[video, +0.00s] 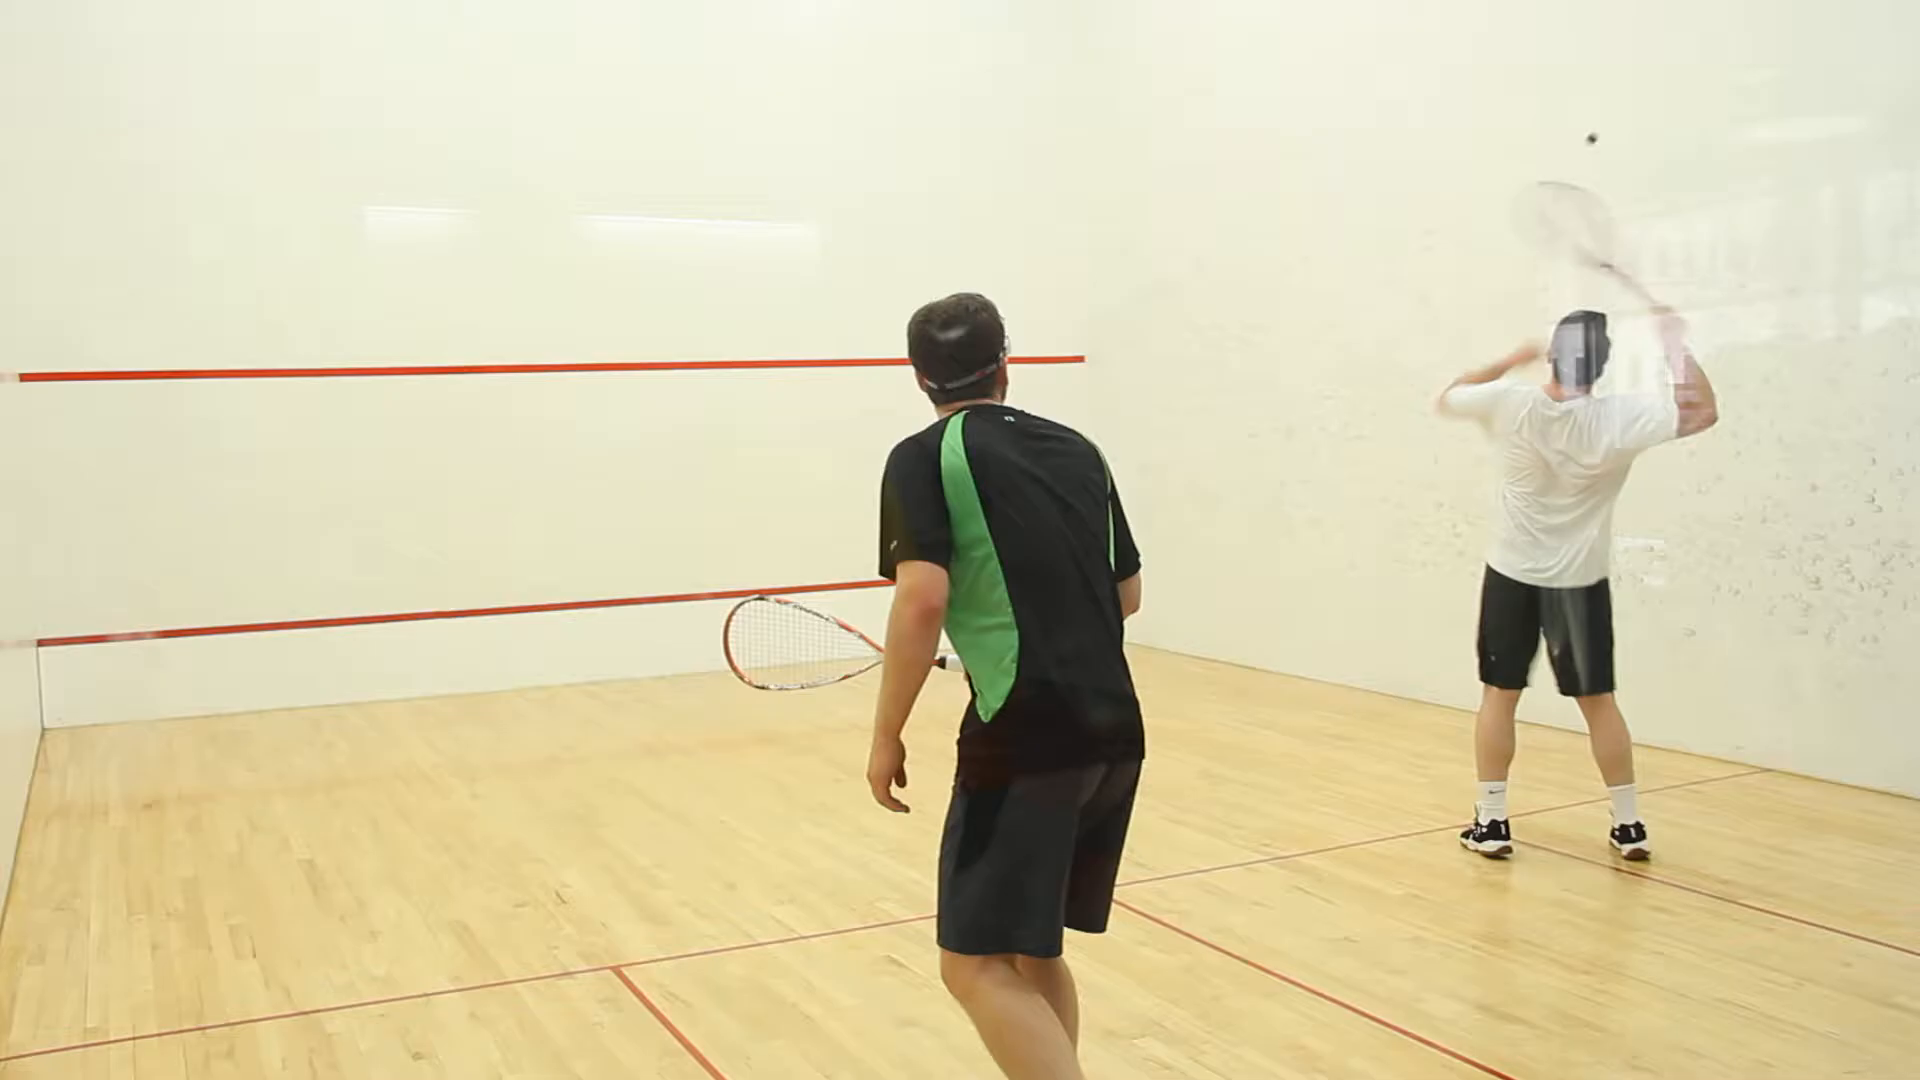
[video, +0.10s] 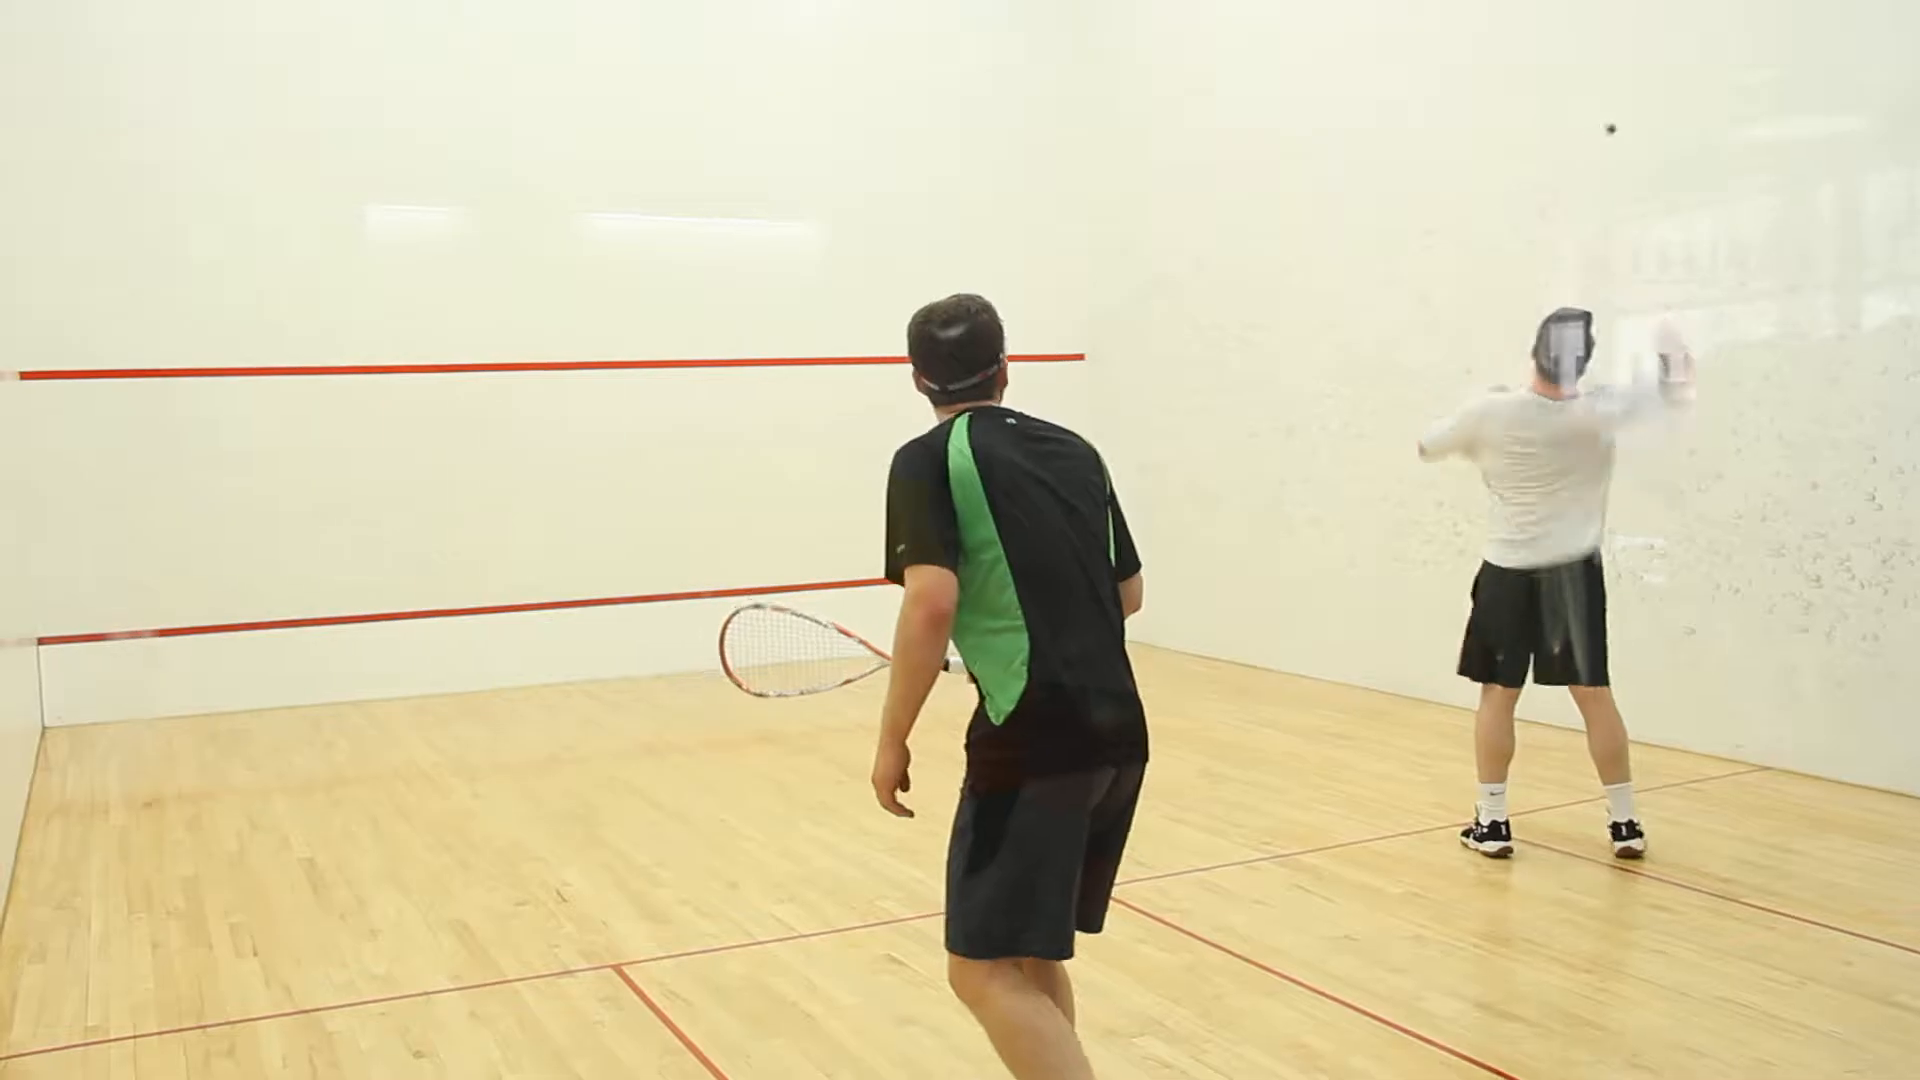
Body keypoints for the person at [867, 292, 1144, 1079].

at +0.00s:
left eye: (919, 371)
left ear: (919, 380)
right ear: (1004, 367)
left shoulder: (922, 458)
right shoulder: (1079, 450)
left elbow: (924, 598)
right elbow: (1124, 596)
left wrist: (888, 733)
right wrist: (1045, 651)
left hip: (1023, 738)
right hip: (1111, 731)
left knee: (973, 963)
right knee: (1037, 950)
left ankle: (1061, 1071)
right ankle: (1058, 1076)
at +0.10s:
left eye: (917, 370)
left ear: (918, 381)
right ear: (1004, 369)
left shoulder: (927, 460)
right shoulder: (1075, 450)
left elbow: (933, 600)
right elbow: (1126, 593)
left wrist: (894, 734)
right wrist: (1038, 626)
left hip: (1033, 741)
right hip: (1115, 735)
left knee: (983, 971)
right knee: (1039, 959)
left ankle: (1071, 1071)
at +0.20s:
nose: (917, 381)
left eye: (916, 371)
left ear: (918, 382)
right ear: (1003, 371)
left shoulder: (934, 462)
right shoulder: (1071, 450)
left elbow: (947, 606)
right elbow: (1127, 591)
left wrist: (904, 742)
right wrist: (1031, 644)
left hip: (1046, 747)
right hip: (1122, 740)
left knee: (1004, 978)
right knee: (1030, 958)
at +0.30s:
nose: (920, 379)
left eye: (919, 369)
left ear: (921, 381)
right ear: (1005, 372)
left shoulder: (944, 461)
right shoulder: (1067, 449)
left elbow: (969, 606)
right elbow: (1128, 585)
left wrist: (921, 749)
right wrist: (1016, 654)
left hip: (1074, 752)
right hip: (1120, 738)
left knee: (1048, 974)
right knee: (1005, 917)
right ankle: (1050, 1071)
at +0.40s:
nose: (923, 373)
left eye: (923, 363)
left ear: (929, 376)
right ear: (1013, 371)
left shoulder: (967, 459)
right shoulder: (1069, 446)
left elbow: (998, 607)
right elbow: (1128, 580)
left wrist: (943, 756)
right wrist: (1024, 665)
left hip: (1099, 762)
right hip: (1116, 749)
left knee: (1106, 996)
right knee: (1021, 930)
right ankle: (1052, 1077)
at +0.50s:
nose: (940, 372)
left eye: (941, 359)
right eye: (947, 358)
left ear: (952, 374)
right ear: (1033, 369)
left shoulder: (1010, 464)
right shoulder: (1073, 446)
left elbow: (1049, 625)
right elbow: (1096, 606)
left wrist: (973, 770)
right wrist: (1013, 687)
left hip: (1144, 778)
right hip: (1105, 771)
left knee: (1141, 1016)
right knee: (1030, 942)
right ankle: (1055, 1074)